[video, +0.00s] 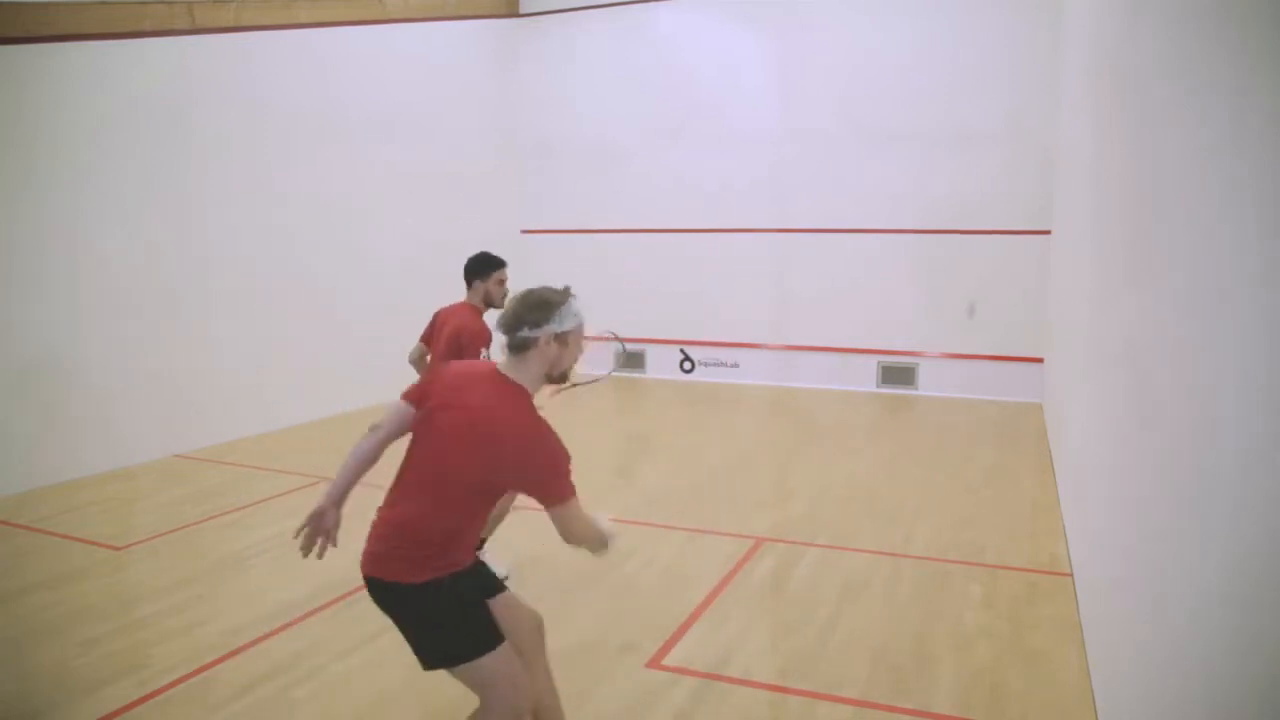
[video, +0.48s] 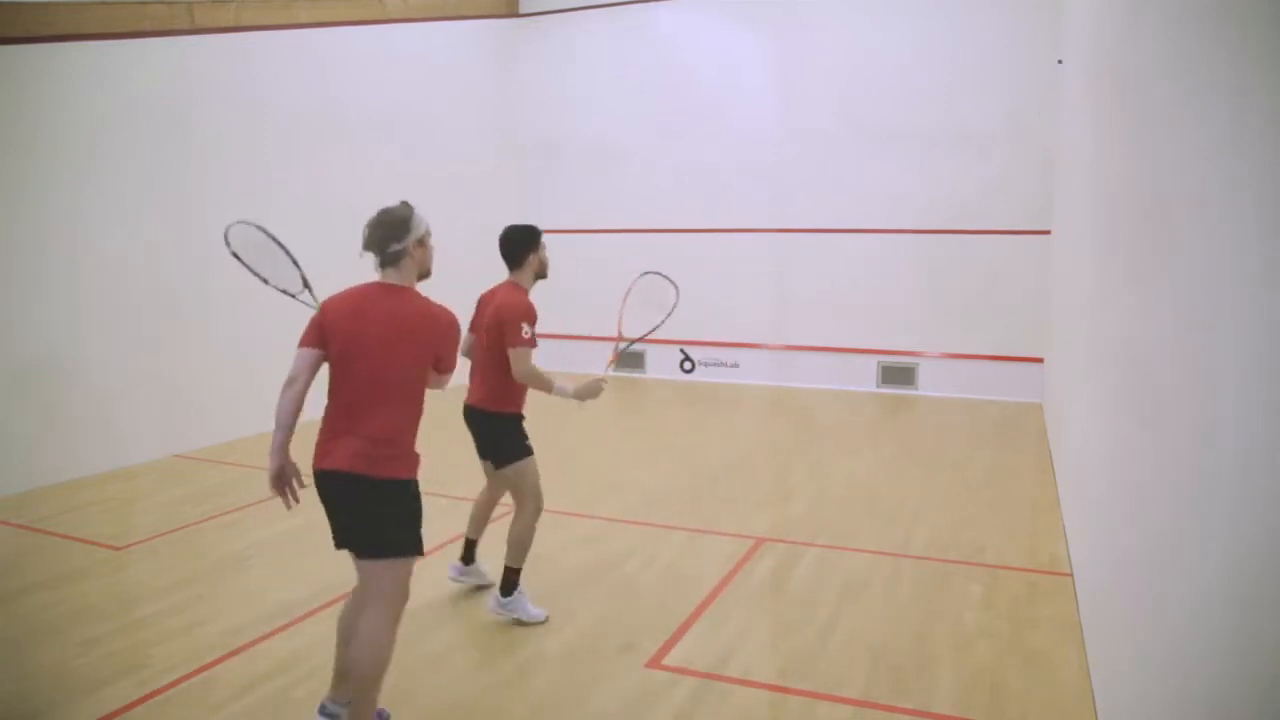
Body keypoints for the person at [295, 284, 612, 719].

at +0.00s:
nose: (580, 351)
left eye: (581, 341)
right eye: (578, 340)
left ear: (515, 337)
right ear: (549, 343)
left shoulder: (452, 374)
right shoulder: (534, 437)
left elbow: (381, 432)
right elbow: (574, 529)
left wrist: (332, 501)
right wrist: (599, 534)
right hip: (415, 575)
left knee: (527, 628)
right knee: (511, 697)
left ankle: (547, 714)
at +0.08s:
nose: (553, 333)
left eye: (553, 322)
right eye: (550, 321)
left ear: (488, 319)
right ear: (527, 325)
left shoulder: (424, 367)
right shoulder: (523, 416)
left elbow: (353, 431)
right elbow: (550, 488)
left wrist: (303, 503)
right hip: (414, 565)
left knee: (508, 609)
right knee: (502, 696)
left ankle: (505, 708)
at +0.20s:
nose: (508, 308)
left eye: (507, 297)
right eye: (504, 297)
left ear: (444, 305)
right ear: (486, 305)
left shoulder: (389, 356)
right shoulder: (501, 385)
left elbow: (328, 425)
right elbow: (483, 451)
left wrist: (276, 499)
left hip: (360, 536)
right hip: (415, 544)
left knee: (434, 627)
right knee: (475, 682)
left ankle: (409, 706)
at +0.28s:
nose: (479, 289)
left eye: (476, 280)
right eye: (475, 281)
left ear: (423, 289)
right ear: (461, 290)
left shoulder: (372, 345)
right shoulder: (483, 367)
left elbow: (320, 416)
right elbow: (474, 420)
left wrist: (272, 489)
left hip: (349, 516)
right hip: (403, 528)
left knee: (404, 610)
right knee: (444, 664)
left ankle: (345, 706)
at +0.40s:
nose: (448, 269)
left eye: (445, 260)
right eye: (443, 262)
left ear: (391, 273)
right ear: (429, 272)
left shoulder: (348, 330)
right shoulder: (455, 347)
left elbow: (304, 404)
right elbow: (448, 394)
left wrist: (272, 476)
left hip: (339, 496)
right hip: (393, 504)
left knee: (381, 605)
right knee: (398, 638)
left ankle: (340, 710)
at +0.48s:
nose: (433, 251)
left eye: (429, 242)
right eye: (428, 243)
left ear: (379, 252)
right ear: (413, 250)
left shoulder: (337, 307)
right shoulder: (438, 320)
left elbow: (297, 381)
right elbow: (438, 377)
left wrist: (279, 453)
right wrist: (388, 348)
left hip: (333, 468)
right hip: (387, 475)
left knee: (369, 586)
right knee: (386, 599)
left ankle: (339, 702)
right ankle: (360, 711)